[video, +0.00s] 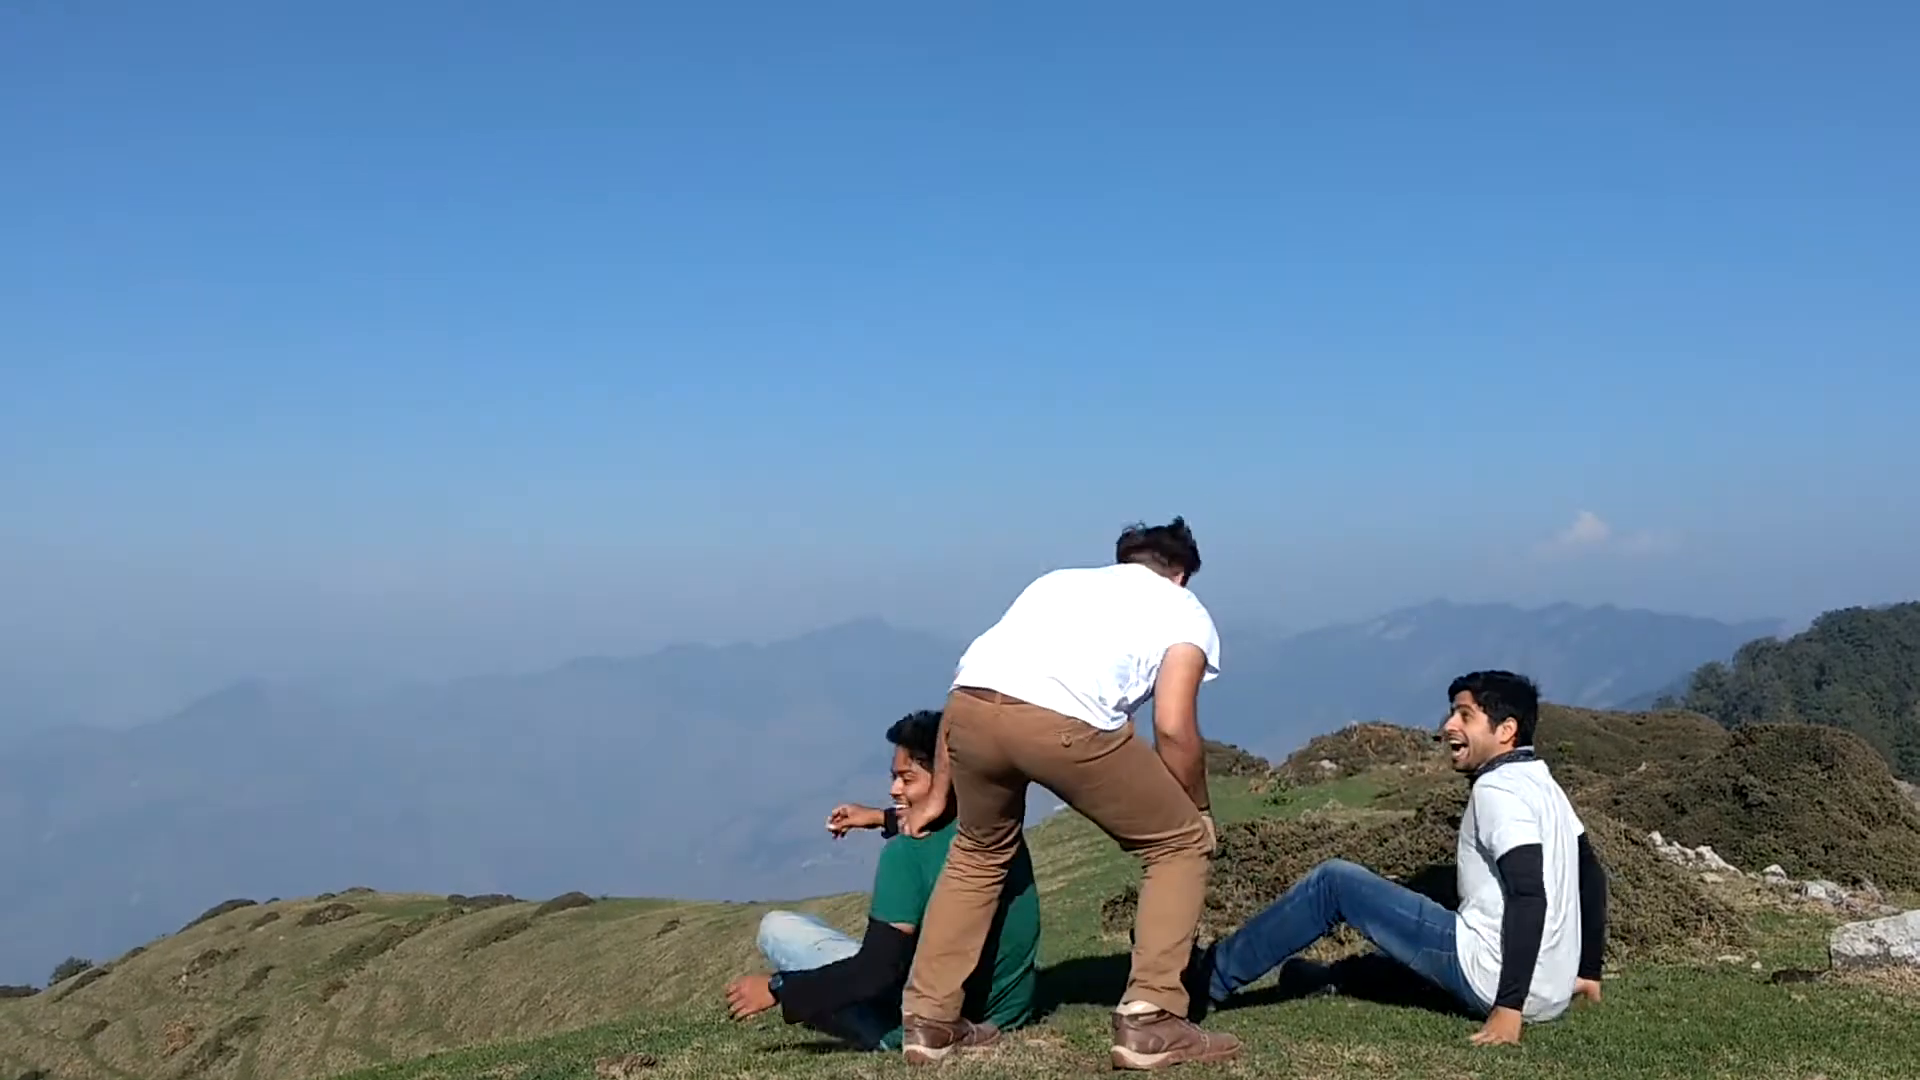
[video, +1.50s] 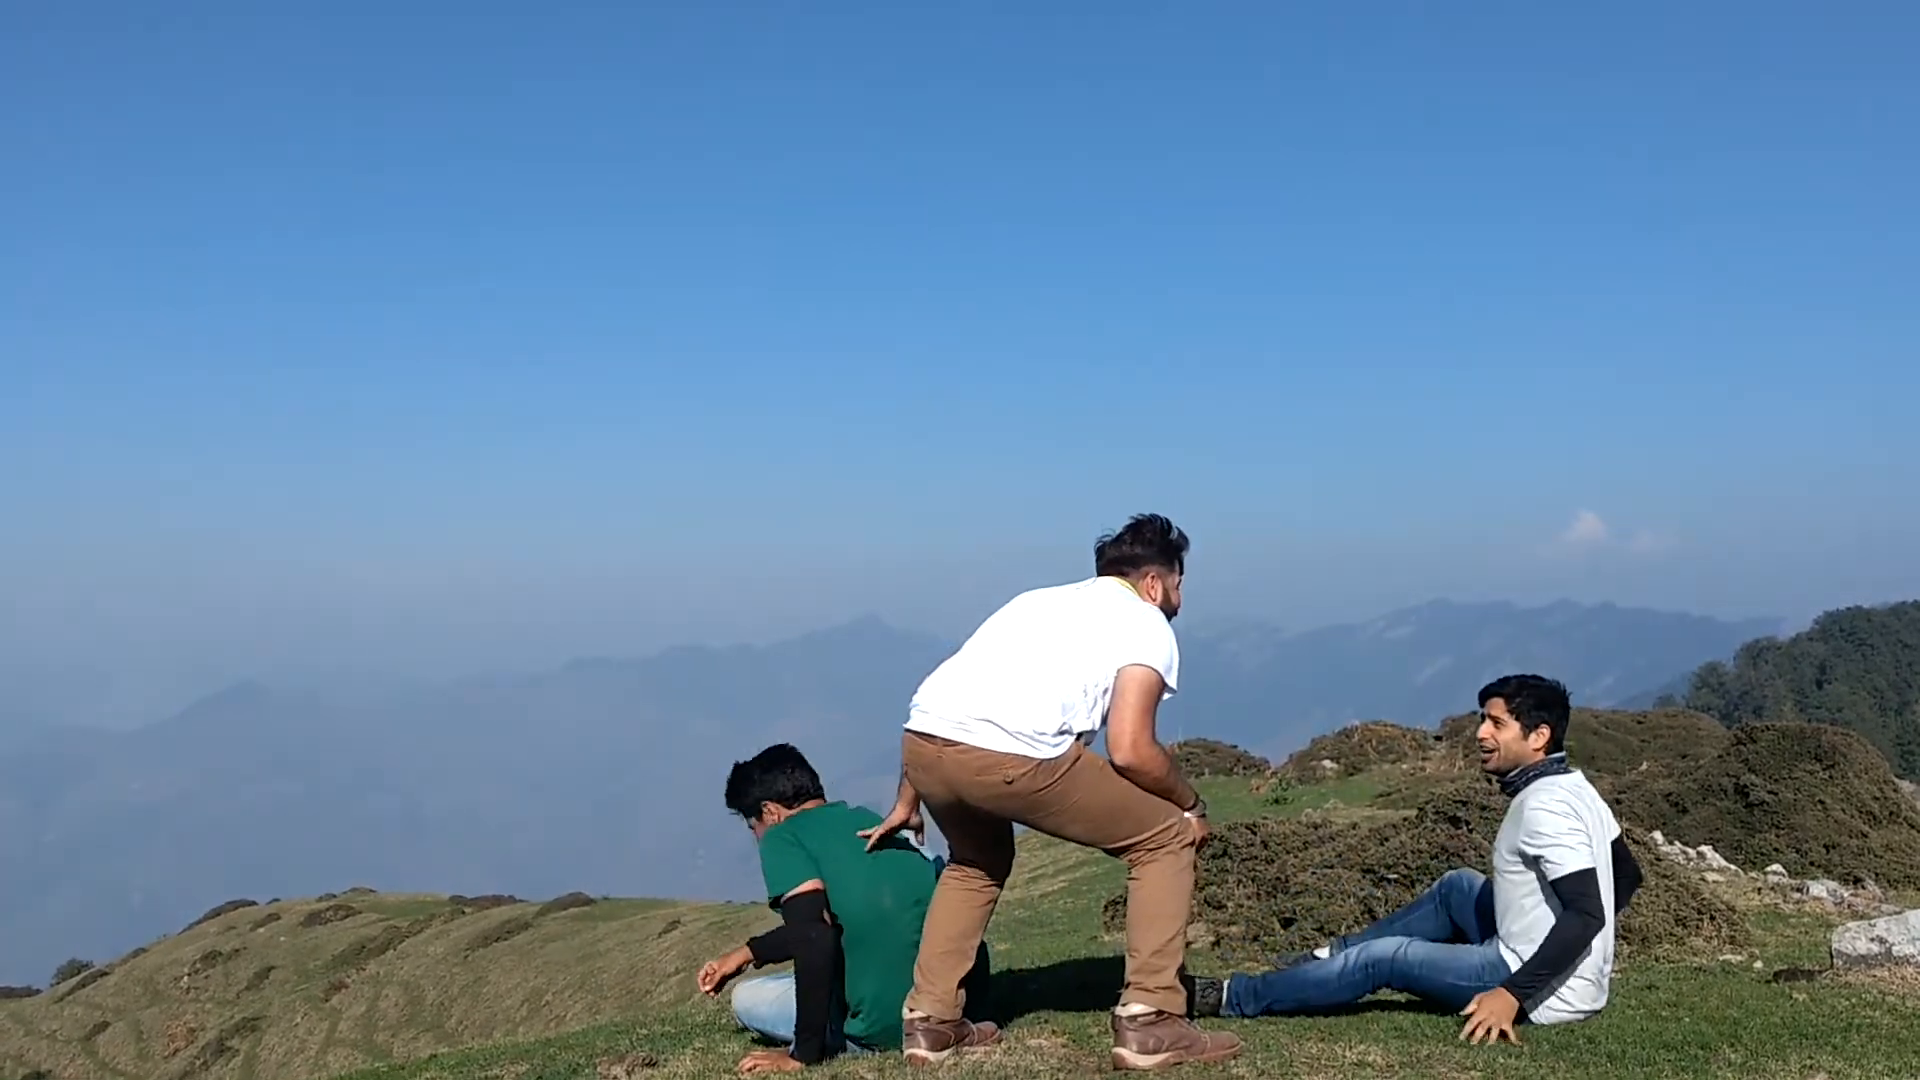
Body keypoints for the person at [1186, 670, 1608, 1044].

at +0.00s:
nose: (1448, 727)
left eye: (1464, 715)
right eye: (1451, 714)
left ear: (1507, 733)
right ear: (1507, 738)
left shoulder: (1497, 790)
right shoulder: (1543, 784)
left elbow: (1528, 895)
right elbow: (1591, 878)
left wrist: (1508, 1011)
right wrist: (1589, 973)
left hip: (1491, 979)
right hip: (1546, 988)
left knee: (1335, 879)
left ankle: (1211, 975)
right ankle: (1333, 979)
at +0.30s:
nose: (1458, 715)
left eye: (1472, 704)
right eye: (1461, 702)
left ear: (1516, 716)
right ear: (1519, 719)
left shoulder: (1512, 784)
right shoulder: (1566, 771)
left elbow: (1530, 896)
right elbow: (1590, 881)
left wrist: (1513, 1009)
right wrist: (1590, 974)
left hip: (1512, 967)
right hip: (1554, 964)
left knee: (1348, 891)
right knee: (1456, 869)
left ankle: (1215, 981)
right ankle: (1352, 965)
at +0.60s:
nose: (1471, 713)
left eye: (1486, 703)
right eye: (1474, 701)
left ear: (1531, 714)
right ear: (1531, 714)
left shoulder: (1526, 787)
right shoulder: (1572, 771)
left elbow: (1536, 900)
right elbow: (1593, 879)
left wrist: (1514, 1011)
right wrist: (1593, 973)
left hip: (1515, 967)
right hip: (1556, 962)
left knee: (1358, 899)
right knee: (1453, 863)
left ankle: (1222, 981)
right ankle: (1350, 963)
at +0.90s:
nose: (1481, 715)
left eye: (1495, 704)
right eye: (1482, 703)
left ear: (1539, 718)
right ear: (1537, 719)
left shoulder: (1534, 791)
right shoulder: (1573, 775)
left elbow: (1539, 903)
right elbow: (1592, 882)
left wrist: (1513, 1013)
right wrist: (1591, 975)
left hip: (1512, 968)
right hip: (1551, 963)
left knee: (1356, 902)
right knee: (1452, 866)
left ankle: (1218, 983)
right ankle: (1344, 968)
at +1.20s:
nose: (1482, 725)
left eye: (1496, 714)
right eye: (1483, 713)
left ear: (1540, 728)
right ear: (1537, 730)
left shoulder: (1542, 797)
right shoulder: (1559, 778)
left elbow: (1553, 909)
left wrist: (1517, 1010)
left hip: (1540, 983)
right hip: (1563, 964)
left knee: (1377, 944)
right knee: (1458, 887)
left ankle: (1216, 991)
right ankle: (1373, 960)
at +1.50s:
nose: (1481, 735)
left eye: (1496, 724)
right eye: (1482, 722)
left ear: (1540, 738)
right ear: (1541, 740)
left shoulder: (1544, 807)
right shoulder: (1572, 787)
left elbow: (1583, 916)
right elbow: (1627, 874)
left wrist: (1512, 994)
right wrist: (1588, 928)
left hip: (1536, 986)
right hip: (1557, 959)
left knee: (1378, 956)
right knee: (1459, 887)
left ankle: (1226, 996)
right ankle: (1342, 958)